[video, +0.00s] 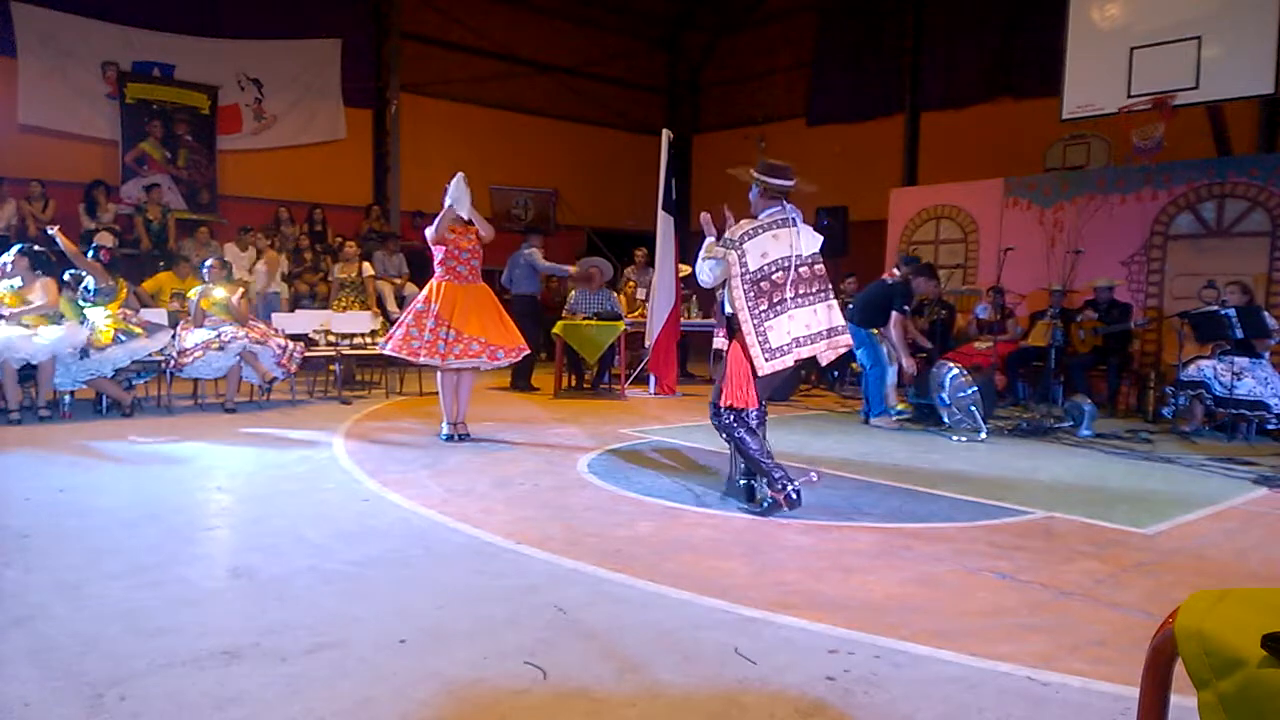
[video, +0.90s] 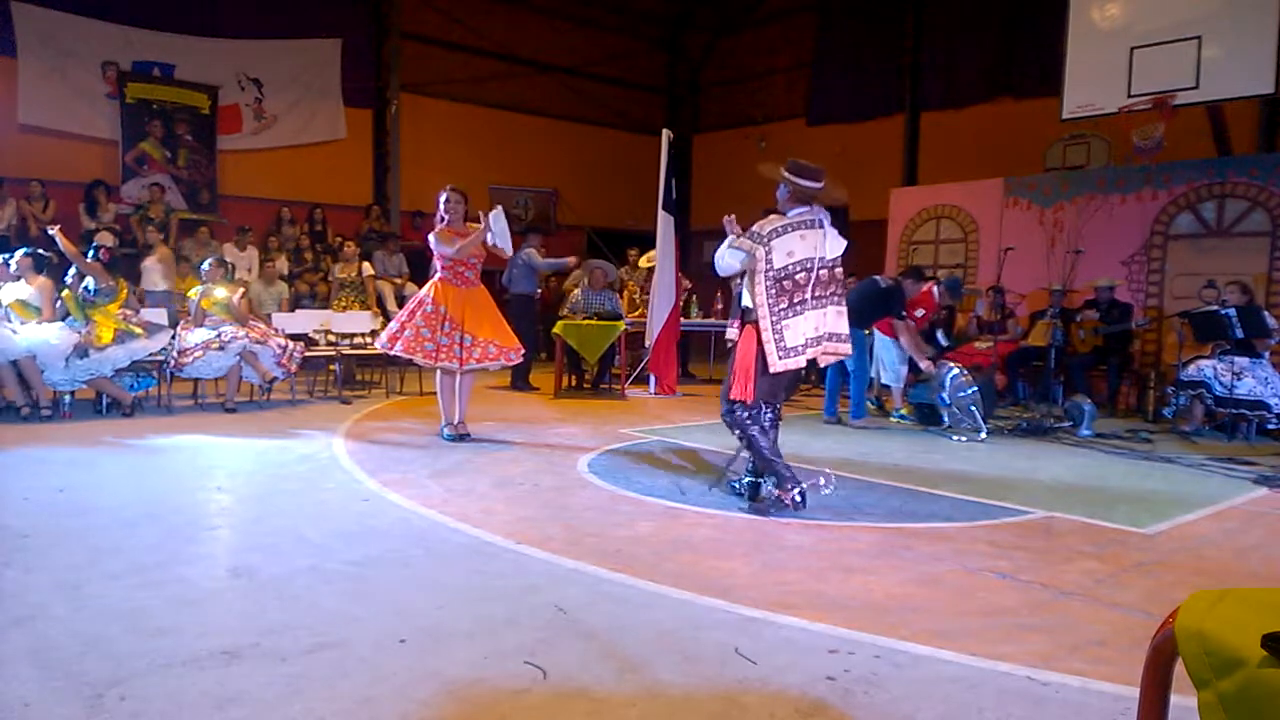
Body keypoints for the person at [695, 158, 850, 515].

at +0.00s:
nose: (750, 195)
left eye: (753, 189)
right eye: (753, 189)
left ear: (759, 193)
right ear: (786, 194)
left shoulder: (745, 233)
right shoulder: (802, 231)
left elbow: (707, 277)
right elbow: (762, 271)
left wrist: (710, 239)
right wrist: (738, 235)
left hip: (748, 336)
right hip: (786, 335)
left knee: (724, 413)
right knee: (753, 406)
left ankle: (782, 485)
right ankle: (747, 485)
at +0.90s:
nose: (777, 191)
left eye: (781, 187)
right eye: (780, 185)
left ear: (790, 192)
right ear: (813, 196)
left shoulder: (769, 229)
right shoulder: (826, 232)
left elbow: (724, 265)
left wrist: (733, 238)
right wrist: (748, 239)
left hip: (762, 331)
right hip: (801, 334)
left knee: (735, 408)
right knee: (769, 406)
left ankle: (787, 484)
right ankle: (755, 479)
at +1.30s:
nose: (798, 164)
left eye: (803, 160)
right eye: (802, 159)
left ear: (810, 167)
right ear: (838, 169)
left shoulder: (792, 209)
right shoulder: (850, 207)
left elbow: (754, 248)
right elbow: (860, 270)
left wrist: (762, 208)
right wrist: (868, 321)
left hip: (800, 317)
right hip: (835, 314)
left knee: (791, 398)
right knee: (807, 395)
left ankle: (793, 494)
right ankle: (830, 480)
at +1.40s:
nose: (806, 165)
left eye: (811, 161)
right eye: (810, 159)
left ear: (818, 167)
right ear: (846, 171)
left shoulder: (799, 210)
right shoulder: (861, 211)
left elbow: (763, 252)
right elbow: (867, 272)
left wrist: (760, 211)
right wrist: (873, 322)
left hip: (797, 317)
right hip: (836, 317)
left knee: (791, 402)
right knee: (824, 400)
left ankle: (793, 495)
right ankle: (859, 488)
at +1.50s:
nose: (813, 168)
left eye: (818, 163)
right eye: (817, 162)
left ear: (830, 168)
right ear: (853, 172)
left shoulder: (809, 211)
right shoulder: (867, 209)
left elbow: (772, 255)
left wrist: (761, 212)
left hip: (805, 318)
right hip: (847, 319)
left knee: (794, 403)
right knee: (846, 406)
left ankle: (793, 495)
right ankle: (869, 499)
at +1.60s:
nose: (820, 168)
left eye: (824, 162)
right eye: (823, 162)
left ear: (835, 166)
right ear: (858, 169)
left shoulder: (820, 209)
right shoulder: (881, 212)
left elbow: (779, 250)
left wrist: (780, 214)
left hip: (817, 317)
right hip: (859, 318)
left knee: (802, 404)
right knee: (854, 405)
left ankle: (793, 495)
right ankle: (870, 499)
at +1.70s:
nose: (823, 169)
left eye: (827, 163)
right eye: (826, 163)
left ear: (838, 166)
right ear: (861, 168)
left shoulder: (824, 209)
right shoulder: (887, 211)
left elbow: (775, 244)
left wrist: (778, 218)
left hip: (825, 317)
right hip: (867, 318)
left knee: (807, 400)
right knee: (858, 402)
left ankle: (794, 494)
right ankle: (869, 499)